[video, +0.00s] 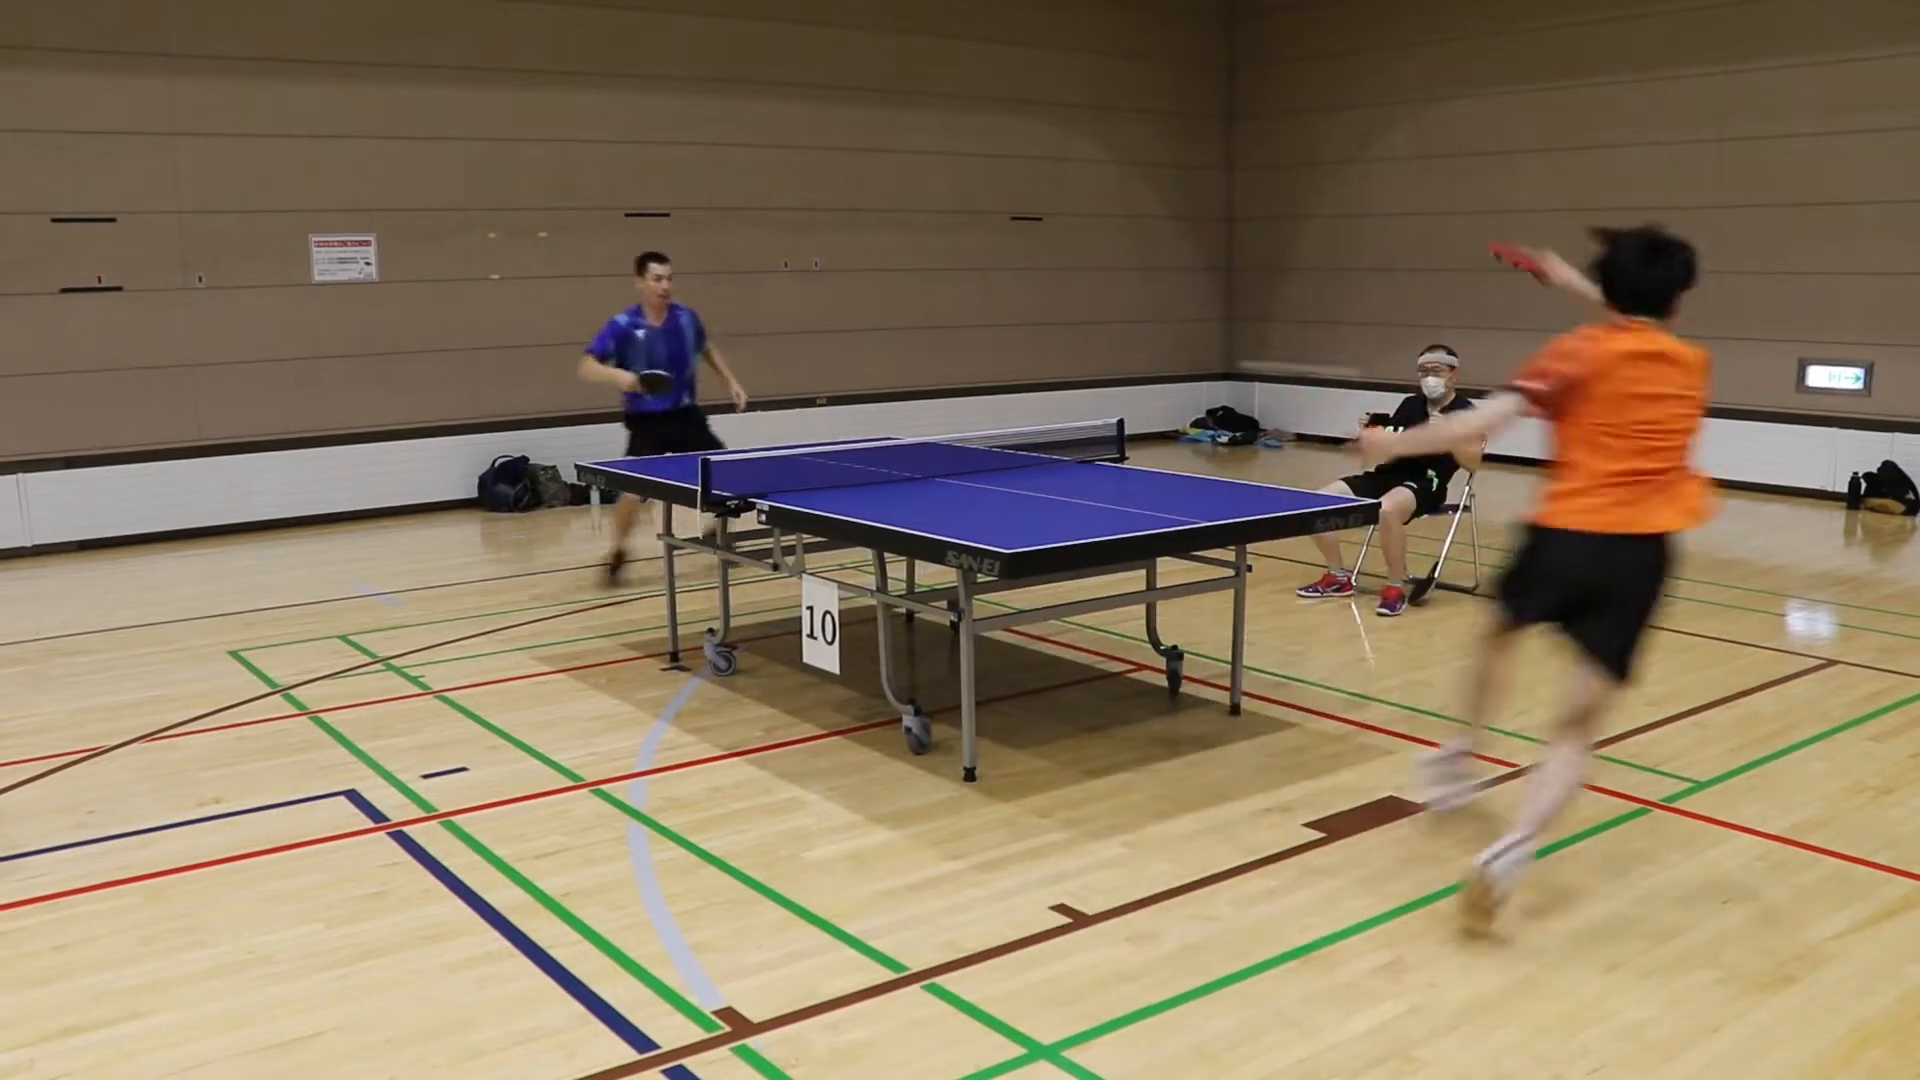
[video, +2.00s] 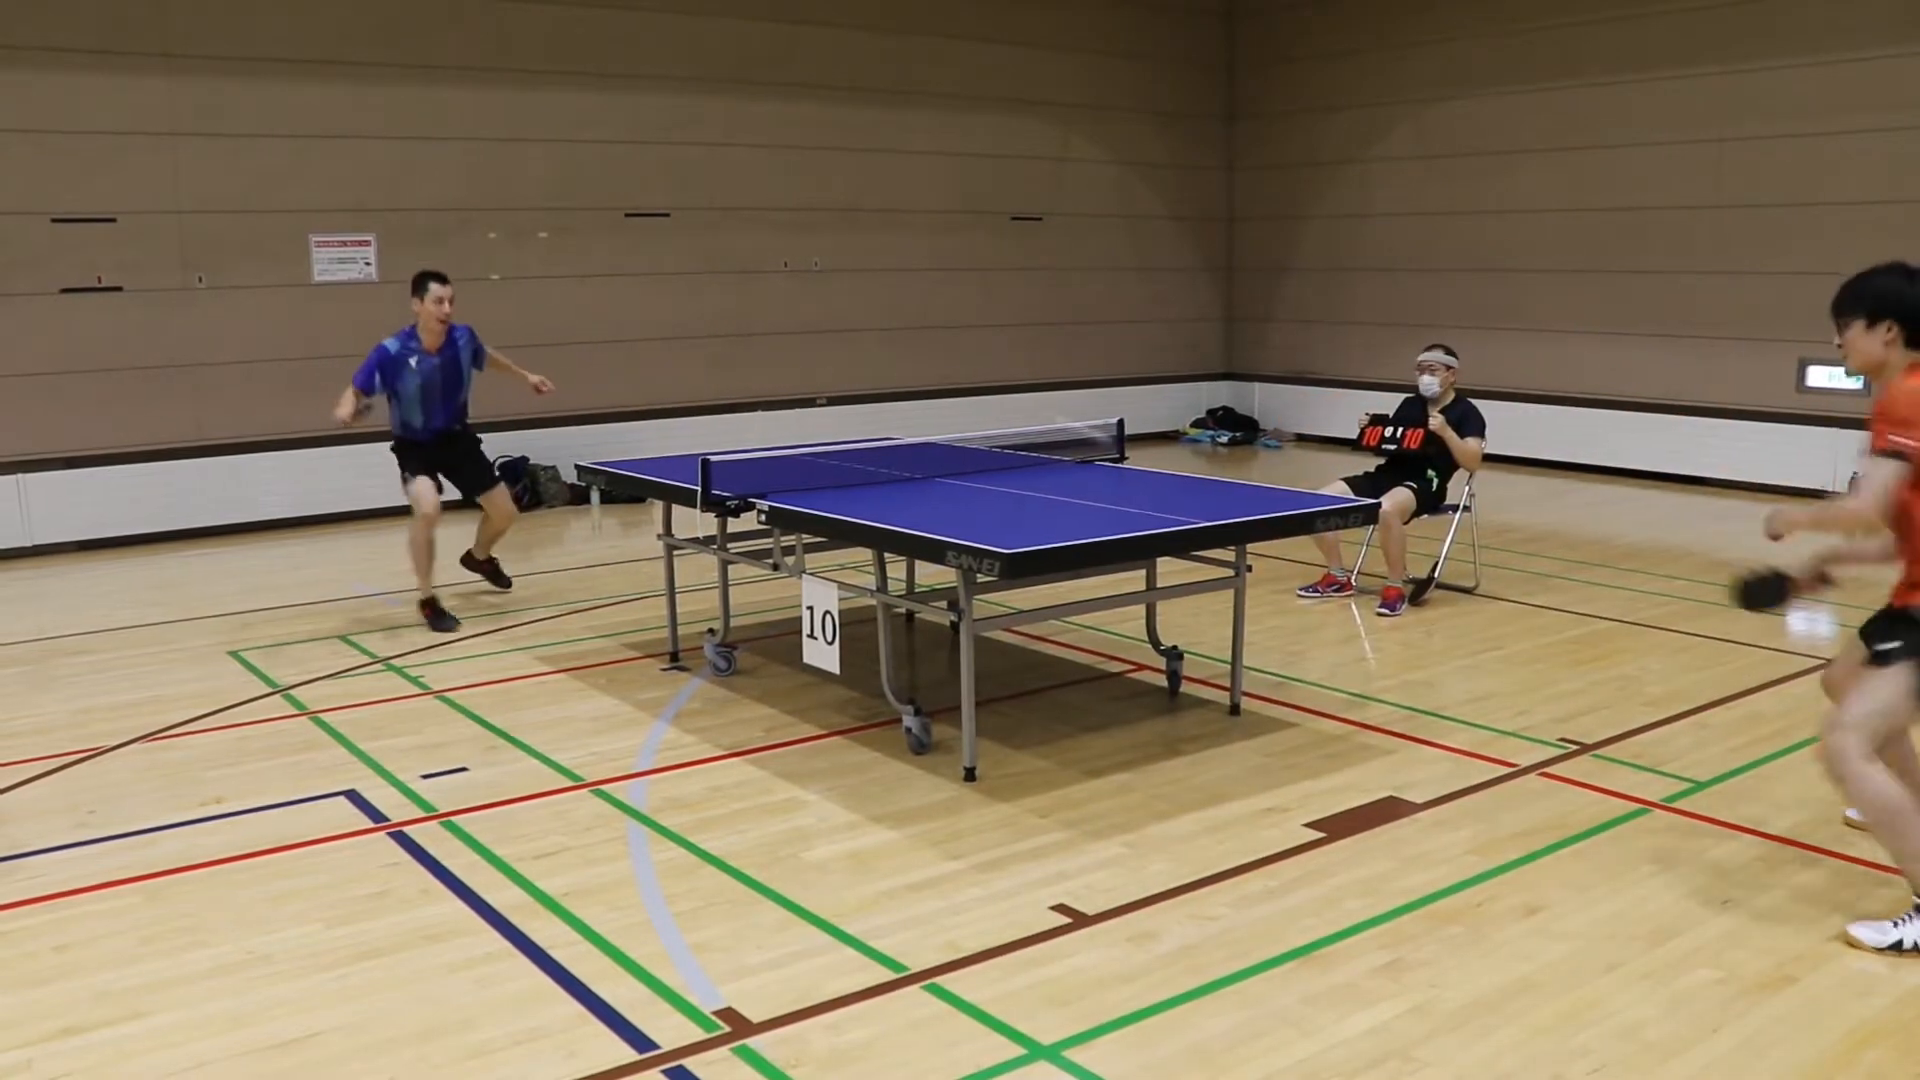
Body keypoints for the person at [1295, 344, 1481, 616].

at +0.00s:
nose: (1429, 376)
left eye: (1437, 370)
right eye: (1424, 370)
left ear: (1454, 376)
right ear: (1418, 375)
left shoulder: (1466, 412)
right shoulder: (1410, 404)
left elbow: (1473, 462)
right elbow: (1389, 443)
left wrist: (1450, 436)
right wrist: (1374, 434)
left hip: (1427, 482)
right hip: (1390, 475)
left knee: (1389, 509)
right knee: (1320, 502)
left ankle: (1395, 587)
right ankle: (1338, 575)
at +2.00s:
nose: (1426, 376)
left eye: (1434, 370)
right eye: (1422, 370)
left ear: (1452, 376)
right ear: (1416, 374)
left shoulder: (1466, 413)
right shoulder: (1411, 404)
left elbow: (1472, 463)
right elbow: (1393, 439)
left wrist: (1447, 433)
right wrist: (1373, 426)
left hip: (1426, 482)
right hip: (1390, 474)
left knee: (1388, 510)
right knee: (1318, 503)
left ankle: (1394, 588)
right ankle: (1337, 576)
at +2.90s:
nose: (1417, 375)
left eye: (1424, 370)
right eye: (1416, 369)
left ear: (1446, 376)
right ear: (1414, 372)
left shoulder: (1465, 413)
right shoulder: (1411, 404)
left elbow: (1473, 462)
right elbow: (1393, 439)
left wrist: (1447, 433)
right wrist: (1372, 426)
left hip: (1427, 481)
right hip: (1390, 473)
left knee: (1388, 510)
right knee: (1319, 503)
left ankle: (1395, 588)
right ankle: (1337, 576)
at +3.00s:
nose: (1419, 374)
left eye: (1427, 369)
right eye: (1417, 368)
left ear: (1447, 374)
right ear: (1414, 371)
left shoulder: (1453, 409)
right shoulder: (1409, 404)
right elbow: (1393, 439)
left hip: (1429, 484)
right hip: (1392, 474)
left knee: (1387, 511)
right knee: (1318, 503)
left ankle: (1396, 586)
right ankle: (1338, 576)